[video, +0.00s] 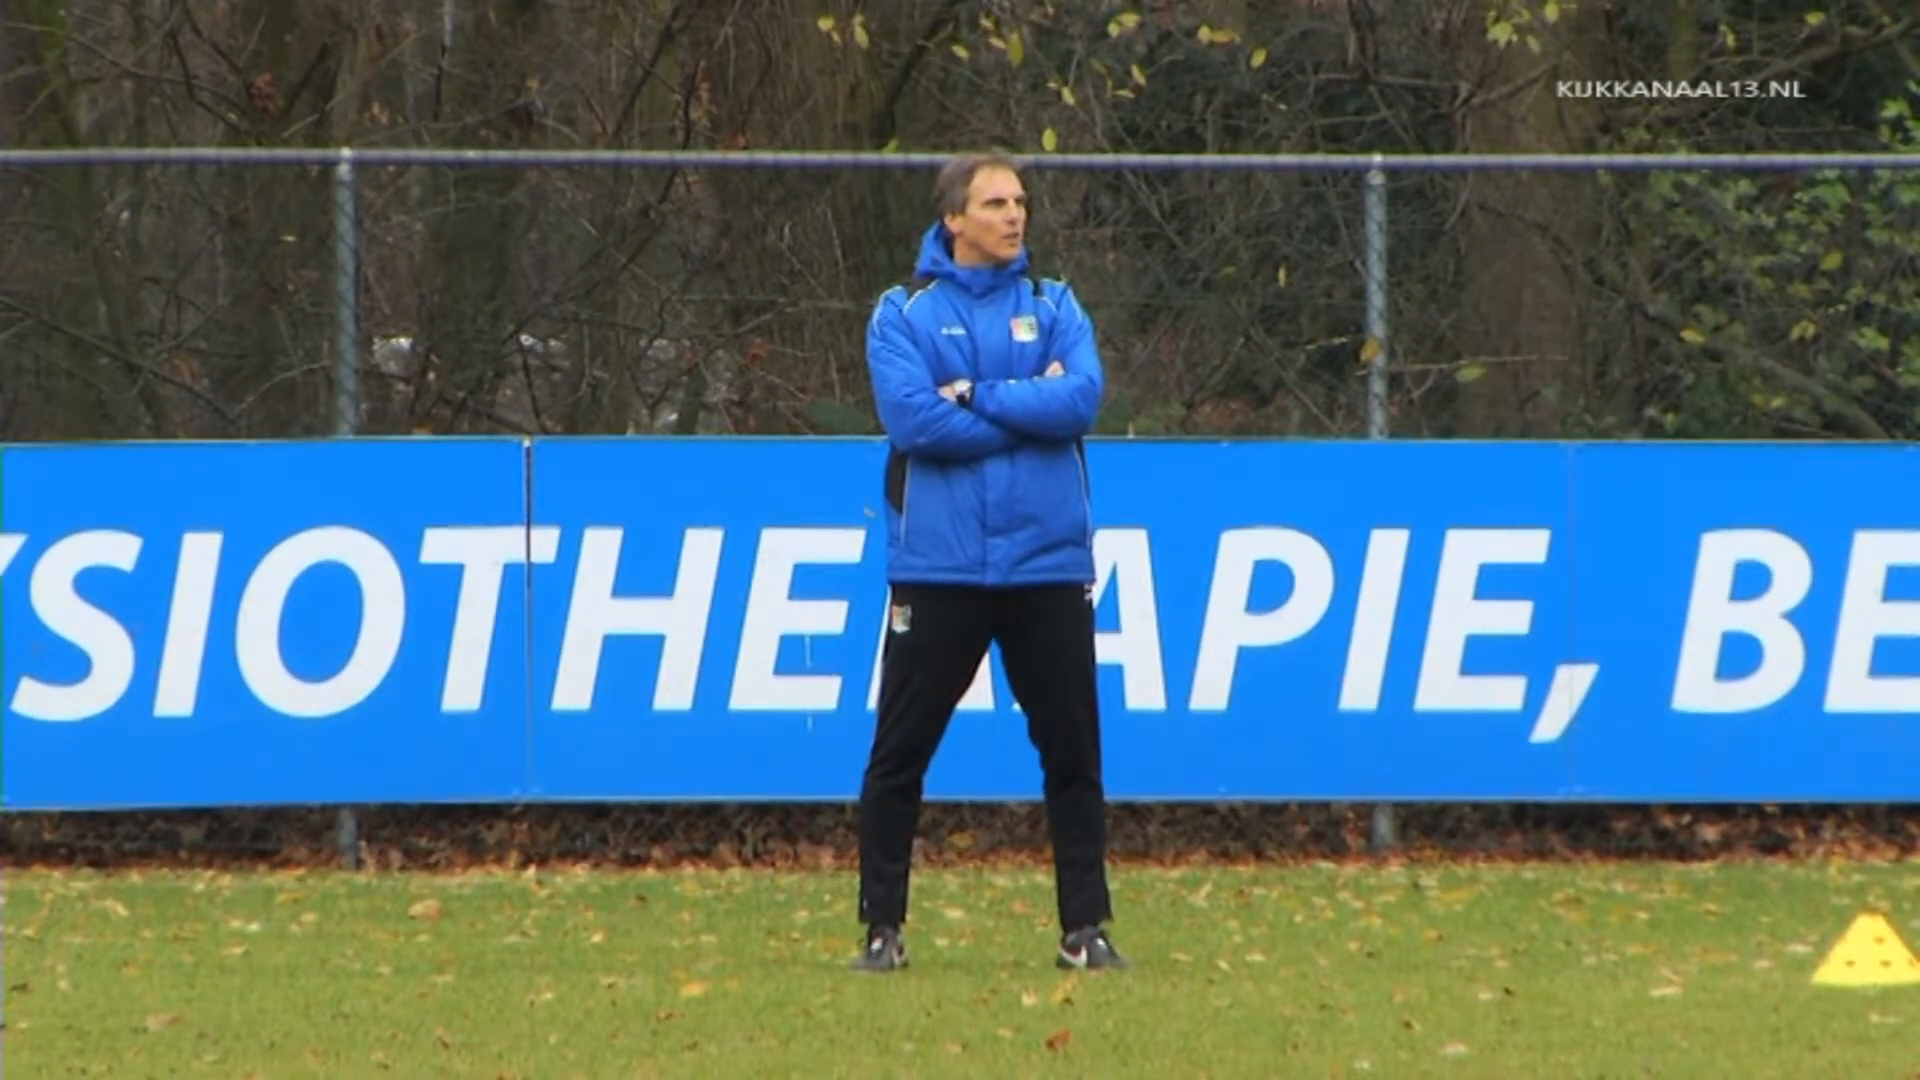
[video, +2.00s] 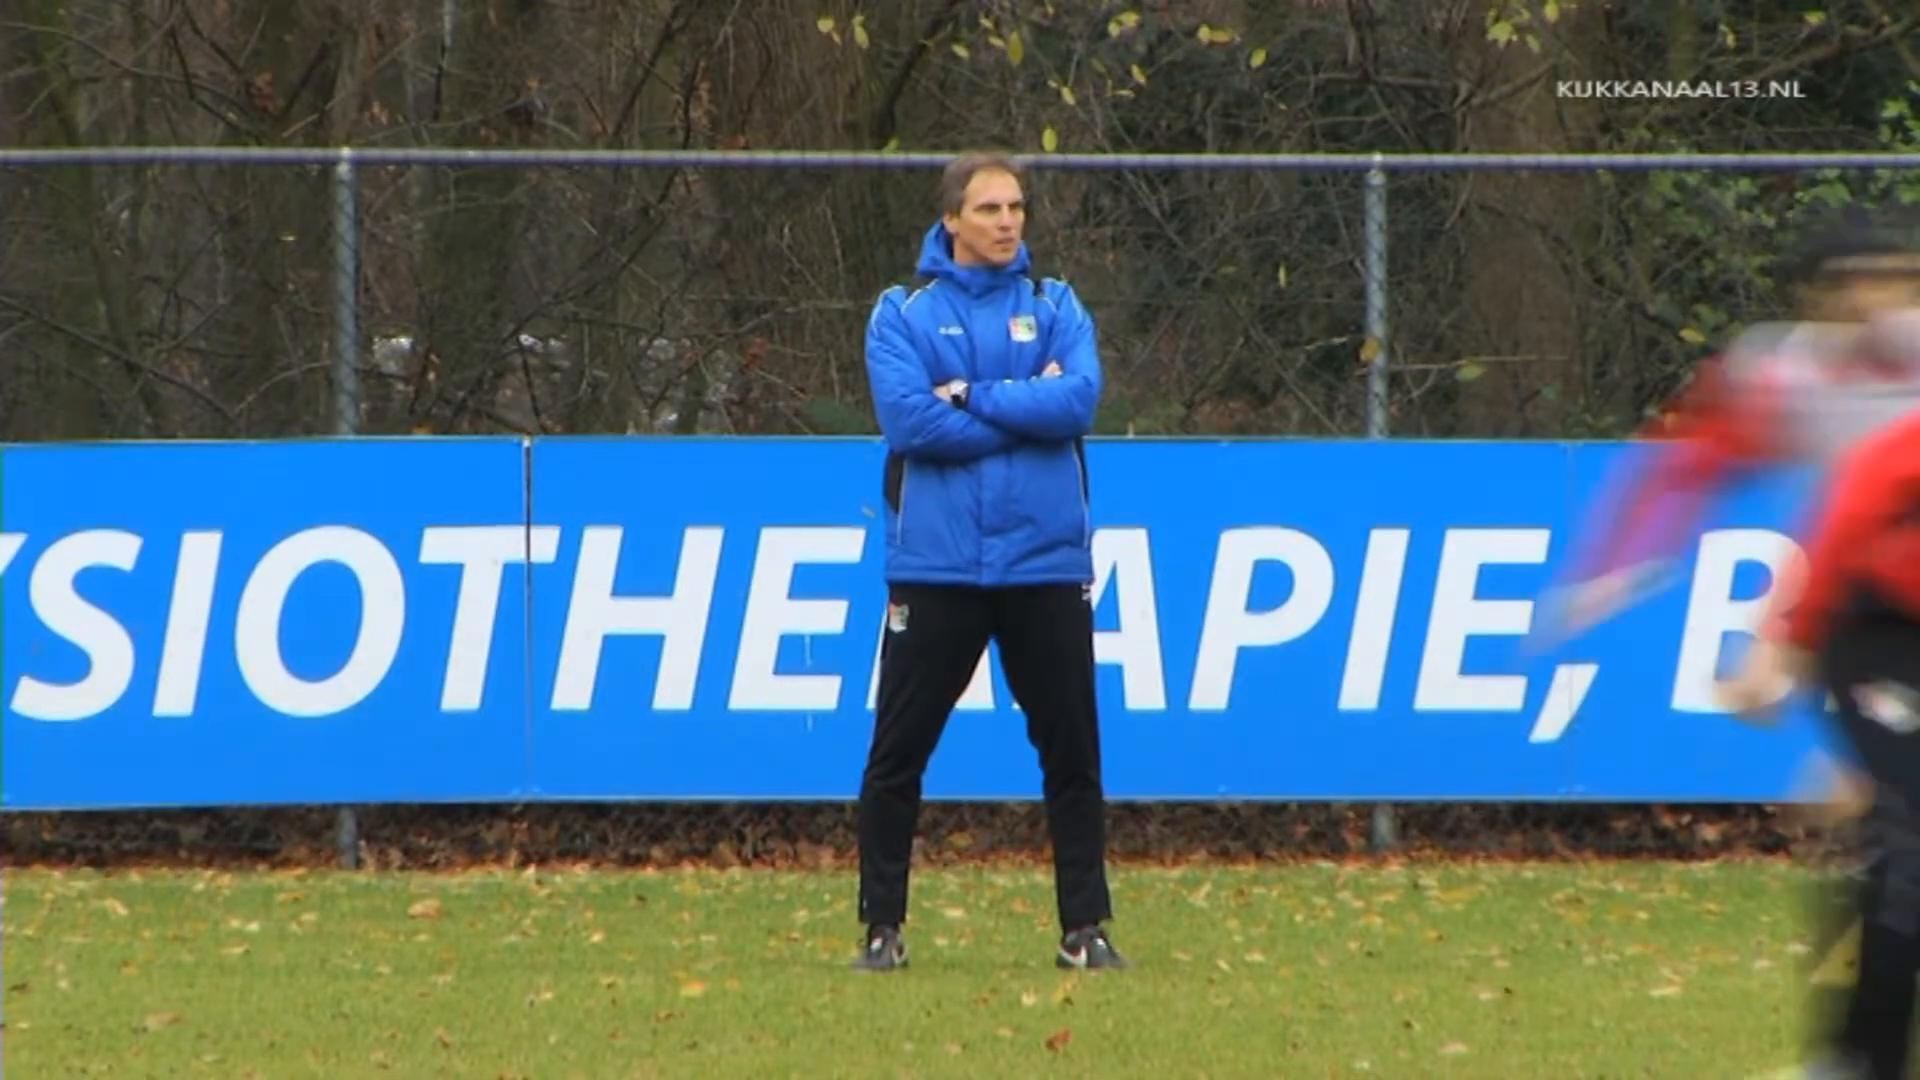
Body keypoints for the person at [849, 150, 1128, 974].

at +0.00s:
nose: (1013, 215)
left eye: (1019, 203)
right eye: (995, 205)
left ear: (1027, 216)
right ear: (954, 221)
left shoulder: (1055, 304)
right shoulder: (902, 313)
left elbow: (1080, 401)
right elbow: (916, 425)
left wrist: (971, 392)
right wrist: (1025, 413)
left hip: (1049, 567)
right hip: (941, 570)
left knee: (1073, 751)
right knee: (901, 752)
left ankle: (1085, 931)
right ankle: (882, 929)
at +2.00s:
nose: (1007, 221)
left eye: (1016, 208)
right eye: (990, 210)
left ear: (1027, 218)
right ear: (952, 222)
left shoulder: (1056, 305)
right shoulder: (900, 312)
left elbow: (1077, 402)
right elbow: (912, 426)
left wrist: (966, 393)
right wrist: (1022, 414)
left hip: (1047, 567)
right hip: (938, 570)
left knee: (1072, 751)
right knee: (899, 752)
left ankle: (1085, 929)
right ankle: (882, 928)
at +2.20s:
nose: (1003, 221)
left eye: (1012, 208)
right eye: (986, 209)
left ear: (1024, 218)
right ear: (950, 221)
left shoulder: (1057, 305)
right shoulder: (899, 312)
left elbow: (1075, 401)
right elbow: (912, 425)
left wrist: (964, 392)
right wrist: (1023, 413)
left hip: (1045, 567)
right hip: (937, 570)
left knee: (1071, 751)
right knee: (899, 753)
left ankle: (1085, 930)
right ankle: (882, 929)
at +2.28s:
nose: (1000, 228)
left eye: (1012, 212)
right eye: (984, 213)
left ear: (1032, 218)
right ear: (951, 221)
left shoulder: (1060, 314)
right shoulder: (905, 318)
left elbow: (1094, 421)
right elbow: (915, 437)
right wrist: (993, 344)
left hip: (1044, 567)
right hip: (940, 570)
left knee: (1070, 742)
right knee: (899, 749)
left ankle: (1085, 927)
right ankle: (883, 926)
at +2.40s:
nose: (1001, 221)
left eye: (1012, 207)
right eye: (984, 208)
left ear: (1025, 217)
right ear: (950, 220)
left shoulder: (1057, 304)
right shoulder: (900, 311)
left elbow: (1076, 400)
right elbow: (912, 430)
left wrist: (964, 395)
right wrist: (1023, 411)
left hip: (1048, 566)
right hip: (936, 570)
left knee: (1070, 751)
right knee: (899, 750)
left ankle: (1086, 928)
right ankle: (881, 924)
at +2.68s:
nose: (996, 219)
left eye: (1007, 205)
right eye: (979, 206)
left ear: (1023, 216)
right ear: (950, 218)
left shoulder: (1059, 305)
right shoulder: (900, 312)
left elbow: (1076, 403)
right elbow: (911, 423)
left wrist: (965, 392)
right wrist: (1020, 415)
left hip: (1044, 567)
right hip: (934, 568)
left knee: (1070, 750)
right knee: (898, 751)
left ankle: (1085, 930)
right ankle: (882, 929)